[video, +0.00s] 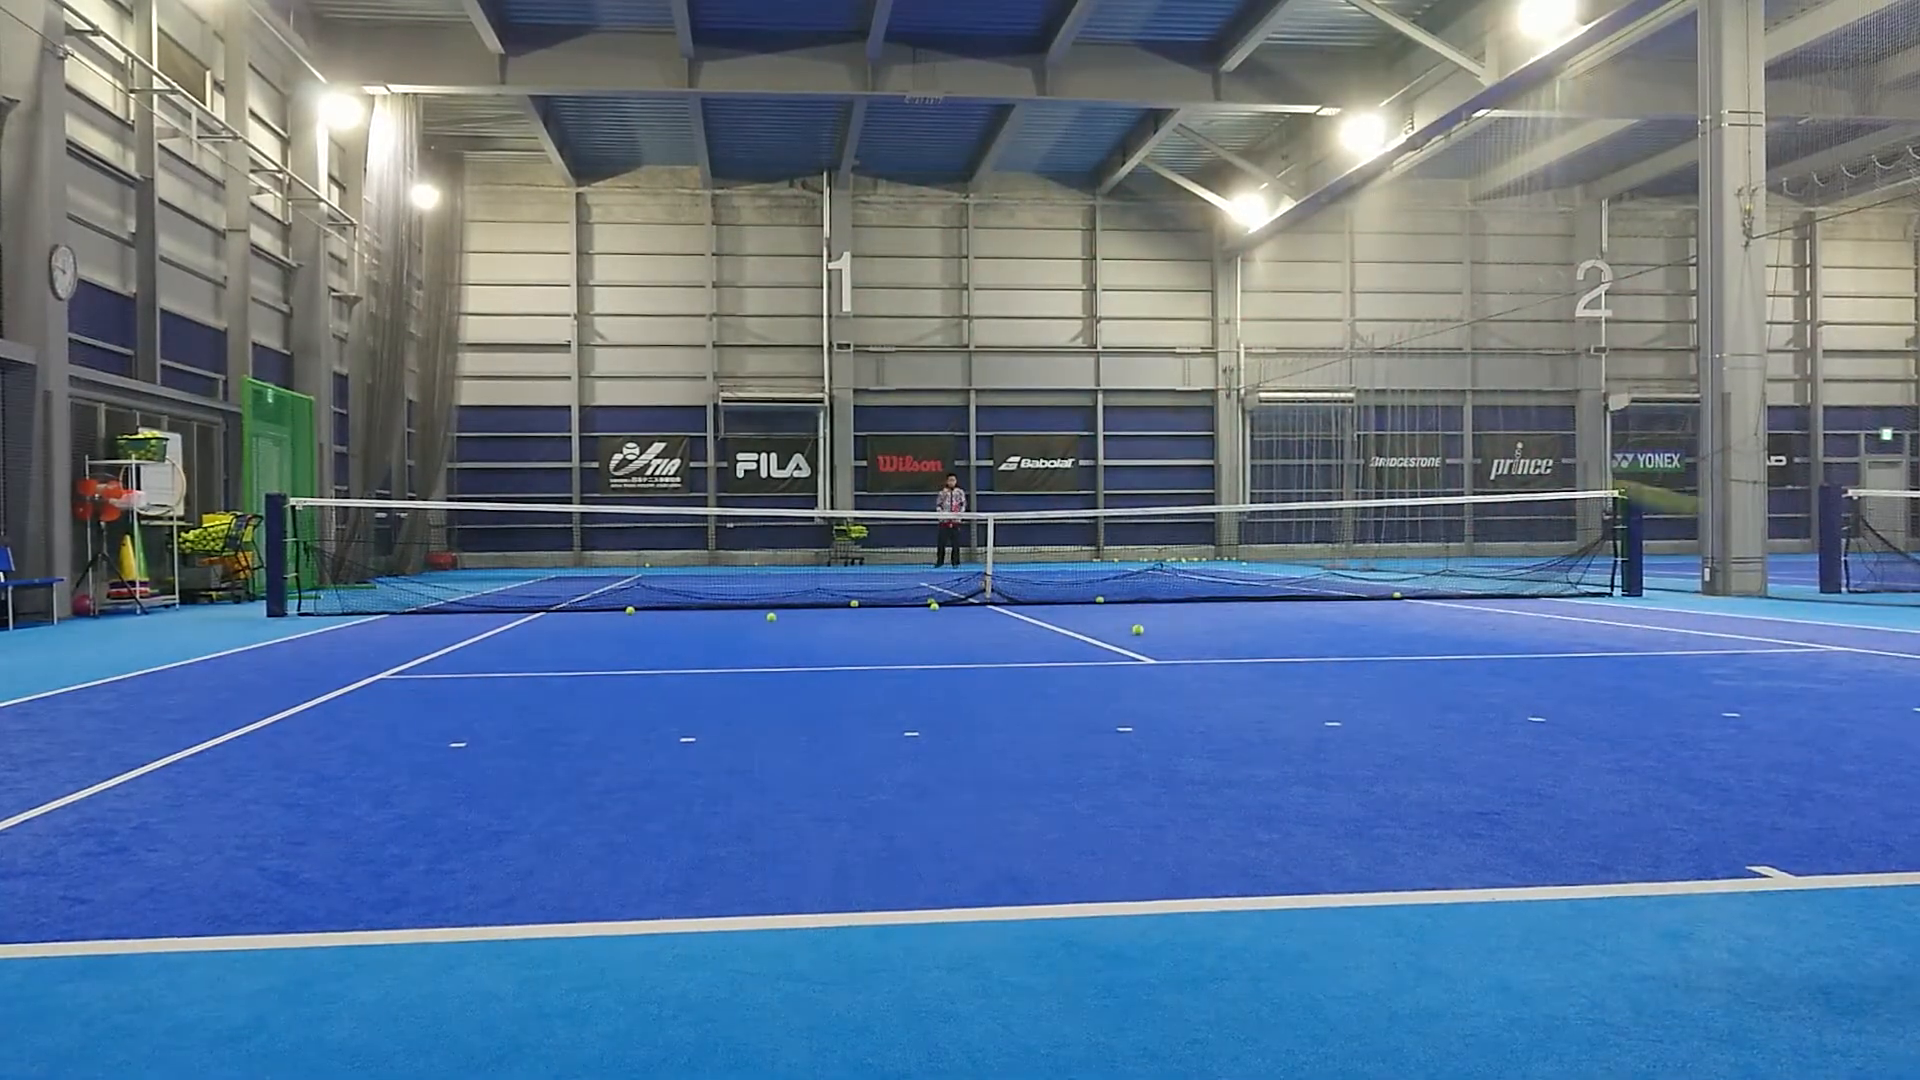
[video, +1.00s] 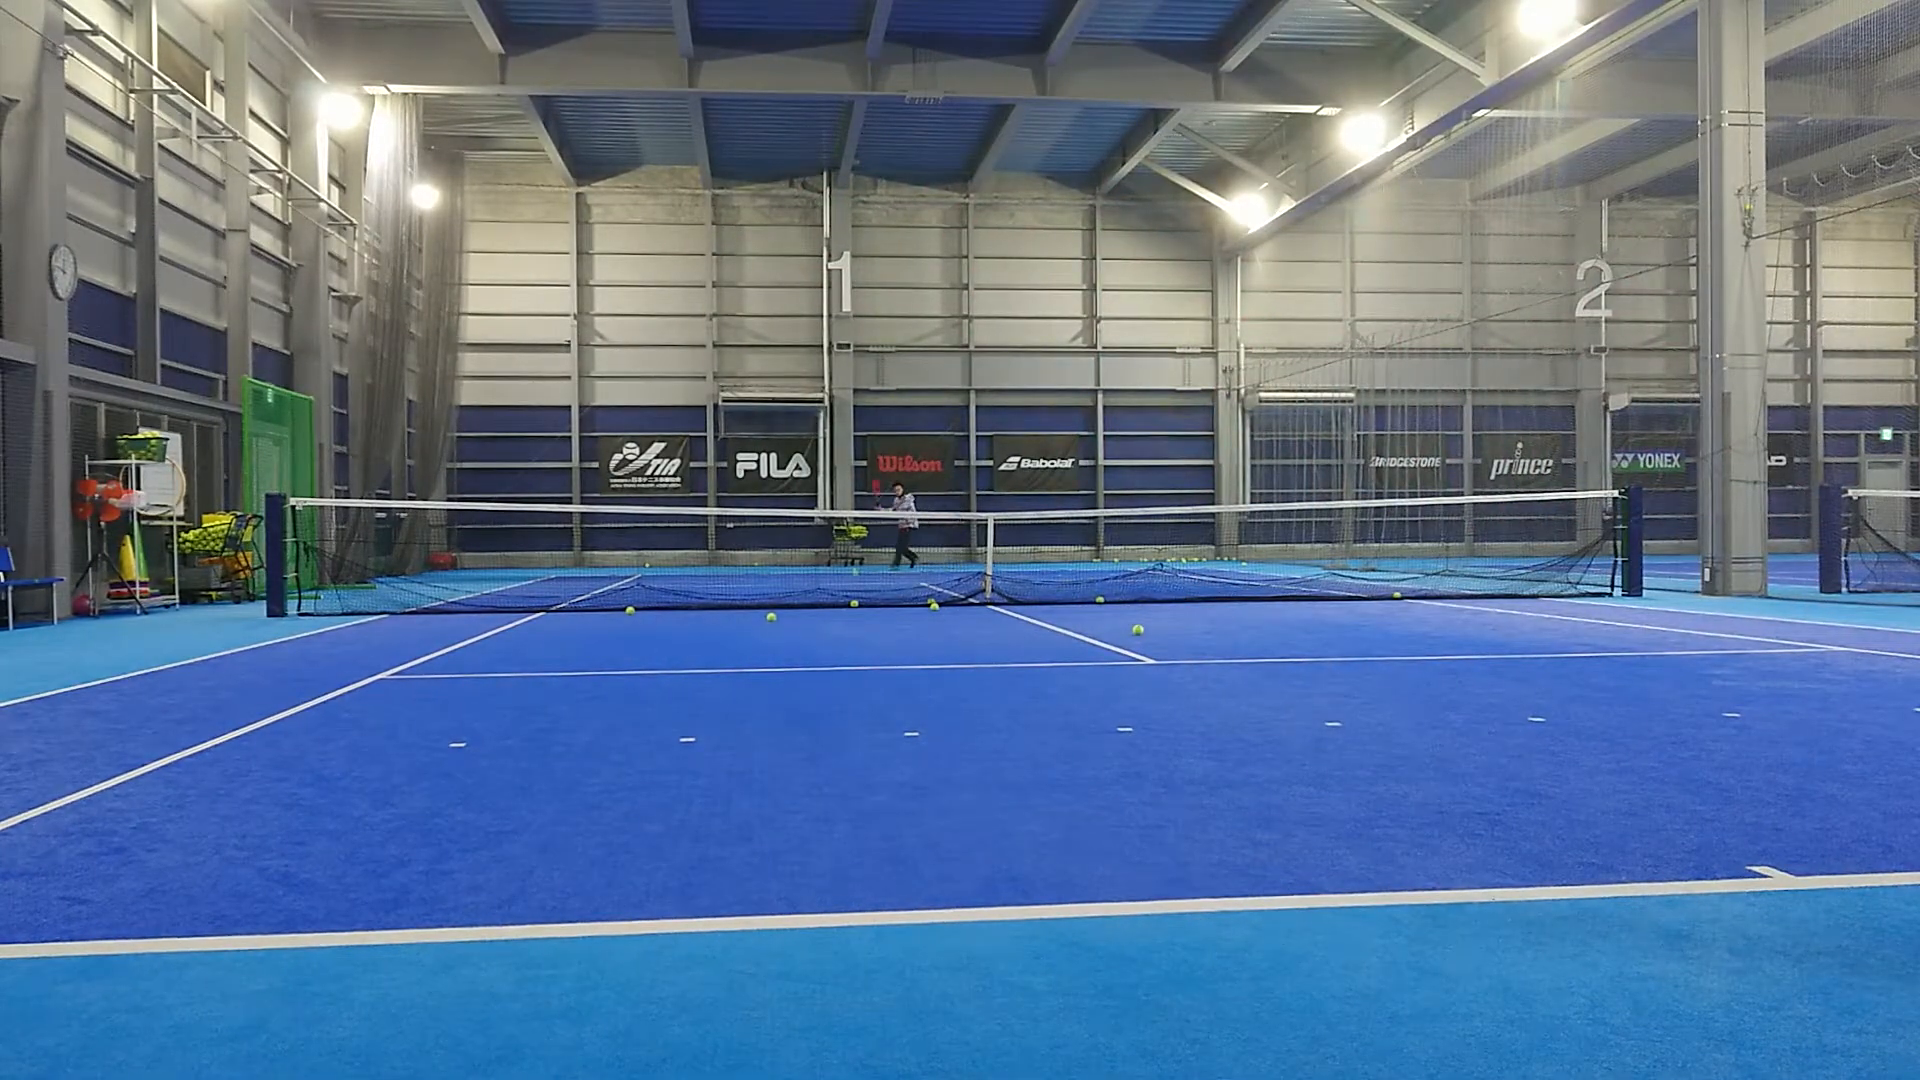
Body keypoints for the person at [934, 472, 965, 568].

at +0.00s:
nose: (952, 482)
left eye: (954, 480)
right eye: (950, 480)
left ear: (956, 482)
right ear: (946, 481)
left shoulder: (960, 492)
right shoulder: (942, 493)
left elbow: (963, 504)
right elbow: (938, 505)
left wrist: (959, 515)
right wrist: (941, 515)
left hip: (955, 522)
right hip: (944, 522)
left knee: (955, 544)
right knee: (941, 544)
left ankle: (955, 562)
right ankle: (939, 562)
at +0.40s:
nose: (944, 485)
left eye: (946, 482)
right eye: (942, 482)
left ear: (949, 484)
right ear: (939, 484)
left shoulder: (953, 494)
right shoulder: (936, 495)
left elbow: (955, 507)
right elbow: (931, 508)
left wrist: (946, 513)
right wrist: (937, 516)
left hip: (950, 523)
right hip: (938, 523)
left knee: (952, 545)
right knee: (932, 544)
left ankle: (955, 563)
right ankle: (927, 562)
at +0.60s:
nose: (931, 490)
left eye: (933, 488)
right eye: (930, 488)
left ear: (937, 489)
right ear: (928, 490)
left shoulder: (942, 500)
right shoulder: (926, 500)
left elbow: (942, 513)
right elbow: (923, 512)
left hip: (942, 527)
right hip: (930, 527)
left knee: (947, 547)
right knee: (923, 545)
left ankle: (954, 563)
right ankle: (920, 562)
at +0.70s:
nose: (922, 490)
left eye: (923, 488)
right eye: (920, 488)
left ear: (927, 489)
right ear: (918, 490)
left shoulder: (932, 498)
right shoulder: (917, 501)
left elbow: (933, 512)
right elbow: (915, 513)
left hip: (934, 527)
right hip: (923, 527)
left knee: (941, 546)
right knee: (918, 546)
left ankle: (953, 561)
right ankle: (921, 562)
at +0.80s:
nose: (913, 491)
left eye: (915, 489)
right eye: (911, 489)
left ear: (919, 489)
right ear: (909, 491)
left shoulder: (923, 498)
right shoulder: (910, 501)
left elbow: (922, 509)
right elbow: (907, 512)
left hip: (926, 526)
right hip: (916, 526)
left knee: (925, 547)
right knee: (914, 546)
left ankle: (939, 554)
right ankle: (920, 562)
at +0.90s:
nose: (905, 491)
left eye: (906, 489)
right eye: (903, 490)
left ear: (910, 489)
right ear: (901, 491)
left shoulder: (916, 497)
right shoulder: (903, 500)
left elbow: (915, 507)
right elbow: (900, 510)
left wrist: (905, 510)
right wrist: (892, 510)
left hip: (918, 524)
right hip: (909, 524)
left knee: (912, 544)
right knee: (907, 544)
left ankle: (920, 562)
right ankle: (916, 562)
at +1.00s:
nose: (897, 492)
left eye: (899, 489)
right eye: (895, 490)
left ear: (903, 489)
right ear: (894, 491)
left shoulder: (908, 499)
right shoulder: (896, 500)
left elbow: (912, 511)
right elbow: (893, 509)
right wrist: (882, 510)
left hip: (908, 524)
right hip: (901, 524)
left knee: (901, 546)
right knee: (900, 546)